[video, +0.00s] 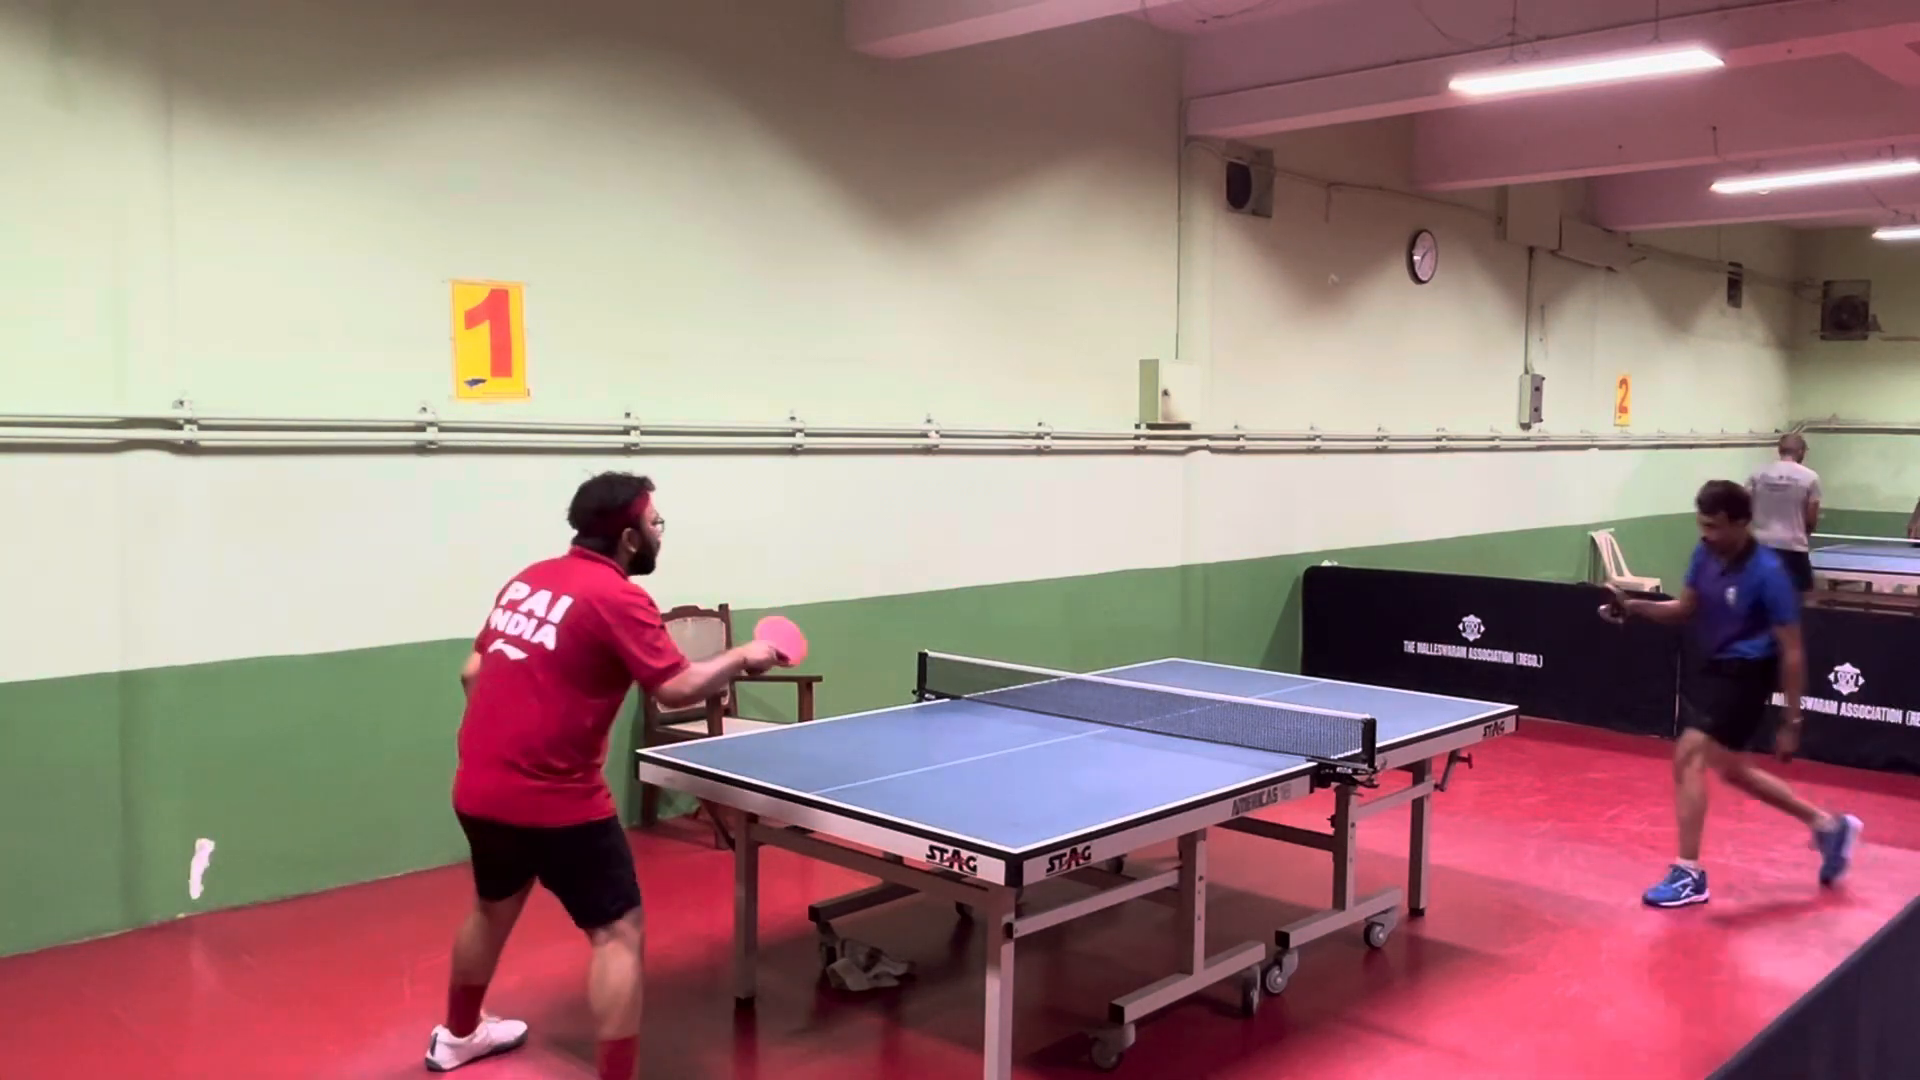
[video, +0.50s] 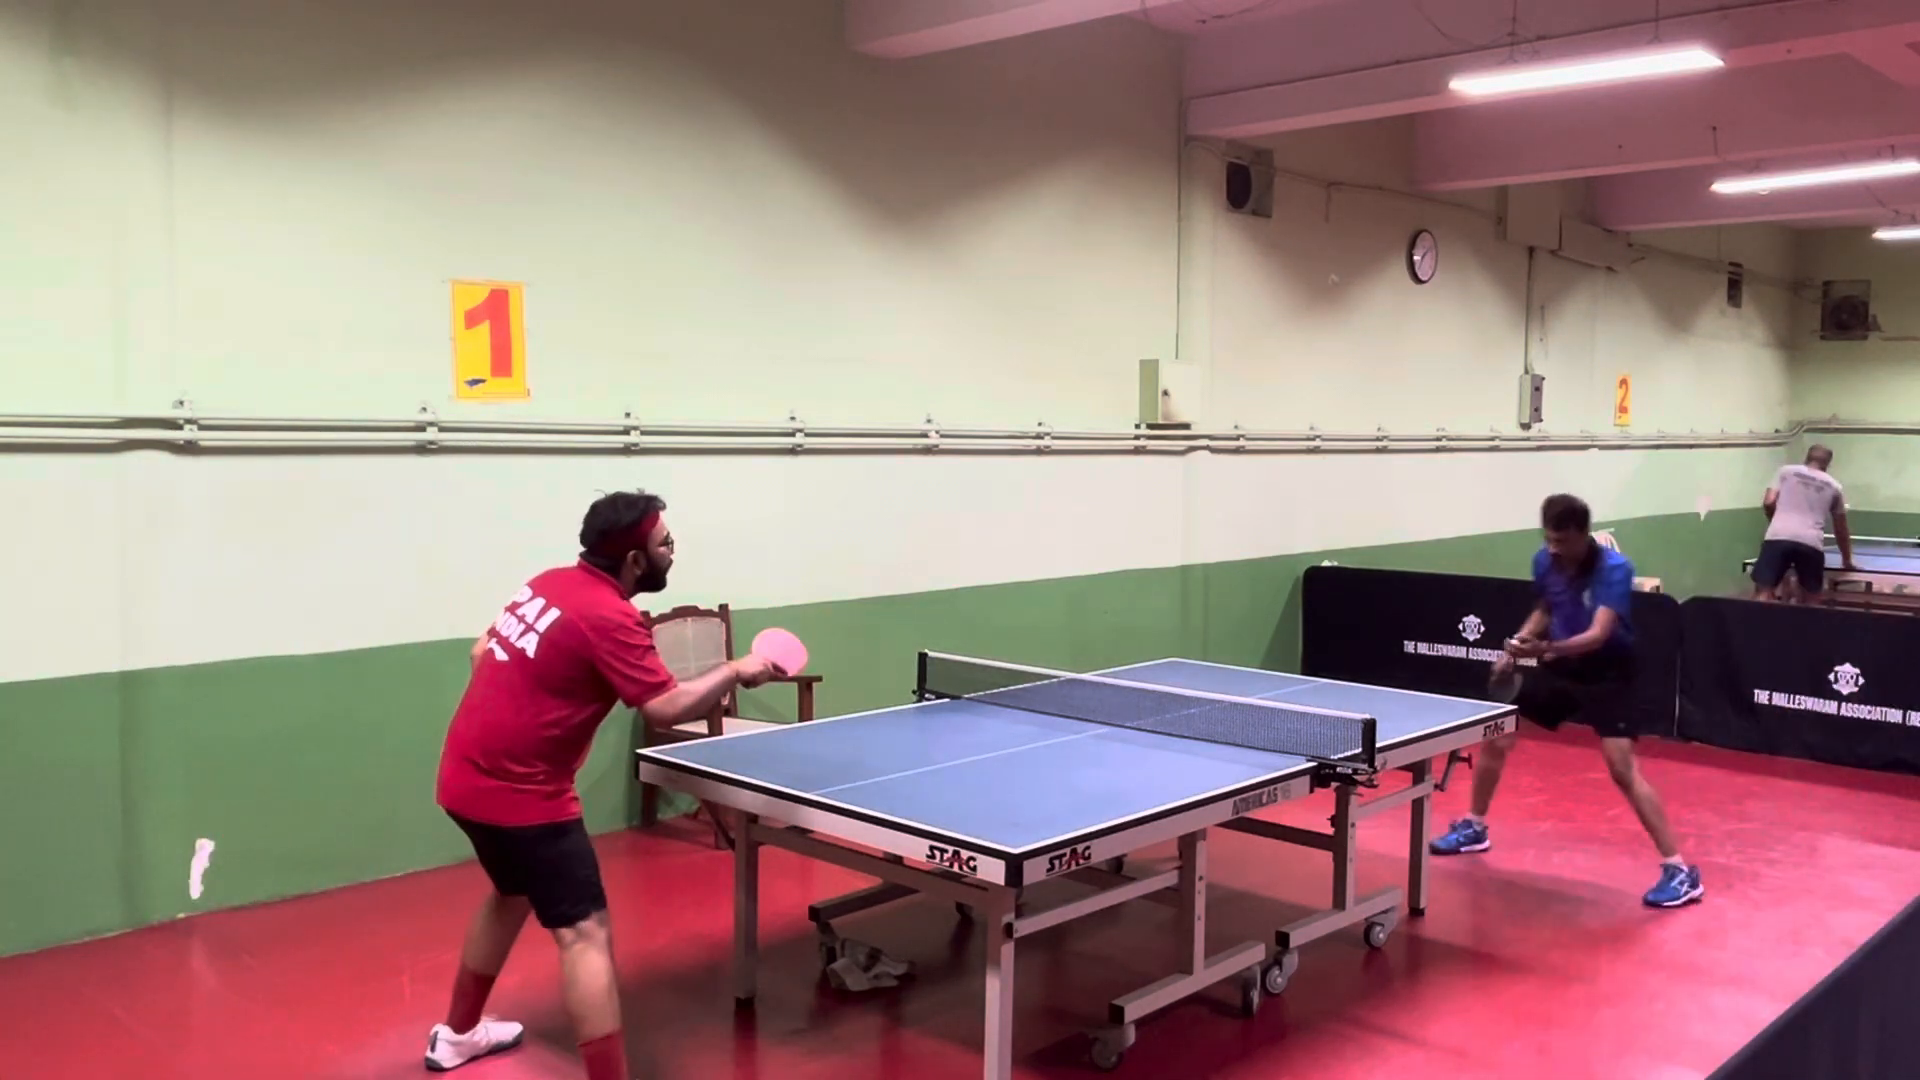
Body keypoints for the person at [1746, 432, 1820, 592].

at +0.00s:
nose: (1804, 455)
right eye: (1804, 451)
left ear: (1779, 451)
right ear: (1802, 452)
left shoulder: (1759, 473)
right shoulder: (1810, 477)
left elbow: (1746, 505)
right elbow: (1811, 518)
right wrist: (1804, 533)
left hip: (1761, 542)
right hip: (1792, 544)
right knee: (1795, 599)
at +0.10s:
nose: (1808, 456)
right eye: (1808, 453)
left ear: (1784, 451)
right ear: (1806, 454)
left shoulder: (1764, 472)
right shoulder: (1814, 479)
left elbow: (1744, 505)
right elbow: (1819, 524)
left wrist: (1761, 520)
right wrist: (1812, 546)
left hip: (1761, 544)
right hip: (1794, 546)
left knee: (1749, 598)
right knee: (1799, 600)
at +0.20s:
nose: (1815, 460)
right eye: (1814, 457)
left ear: (1792, 455)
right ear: (1813, 457)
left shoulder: (1772, 472)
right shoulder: (1819, 482)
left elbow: (1750, 504)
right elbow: (1829, 520)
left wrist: (1765, 520)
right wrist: (1831, 545)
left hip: (1763, 543)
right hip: (1796, 546)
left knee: (1756, 597)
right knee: (1801, 600)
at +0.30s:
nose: (1822, 462)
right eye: (1822, 459)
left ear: (1799, 456)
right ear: (1820, 460)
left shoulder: (1777, 471)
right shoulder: (1826, 485)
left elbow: (1758, 503)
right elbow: (1837, 526)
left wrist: (1770, 521)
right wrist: (1844, 551)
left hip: (1768, 542)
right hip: (1801, 547)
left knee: (1757, 595)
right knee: (1805, 601)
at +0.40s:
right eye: (1824, 462)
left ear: (1805, 458)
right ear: (1825, 463)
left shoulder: (1783, 471)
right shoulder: (1831, 487)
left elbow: (1765, 502)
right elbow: (1840, 527)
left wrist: (1774, 524)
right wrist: (1849, 557)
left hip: (1773, 542)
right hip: (1806, 548)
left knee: (1760, 595)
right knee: (1808, 601)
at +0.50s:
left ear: (1806, 459)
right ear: (1827, 464)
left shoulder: (1785, 471)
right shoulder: (1834, 487)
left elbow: (1768, 502)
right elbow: (1841, 530)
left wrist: (1776, 522)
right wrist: (1847, 562)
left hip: (1777, 540)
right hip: (1810, 546)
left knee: (1764, 593)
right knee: (1812, 600)